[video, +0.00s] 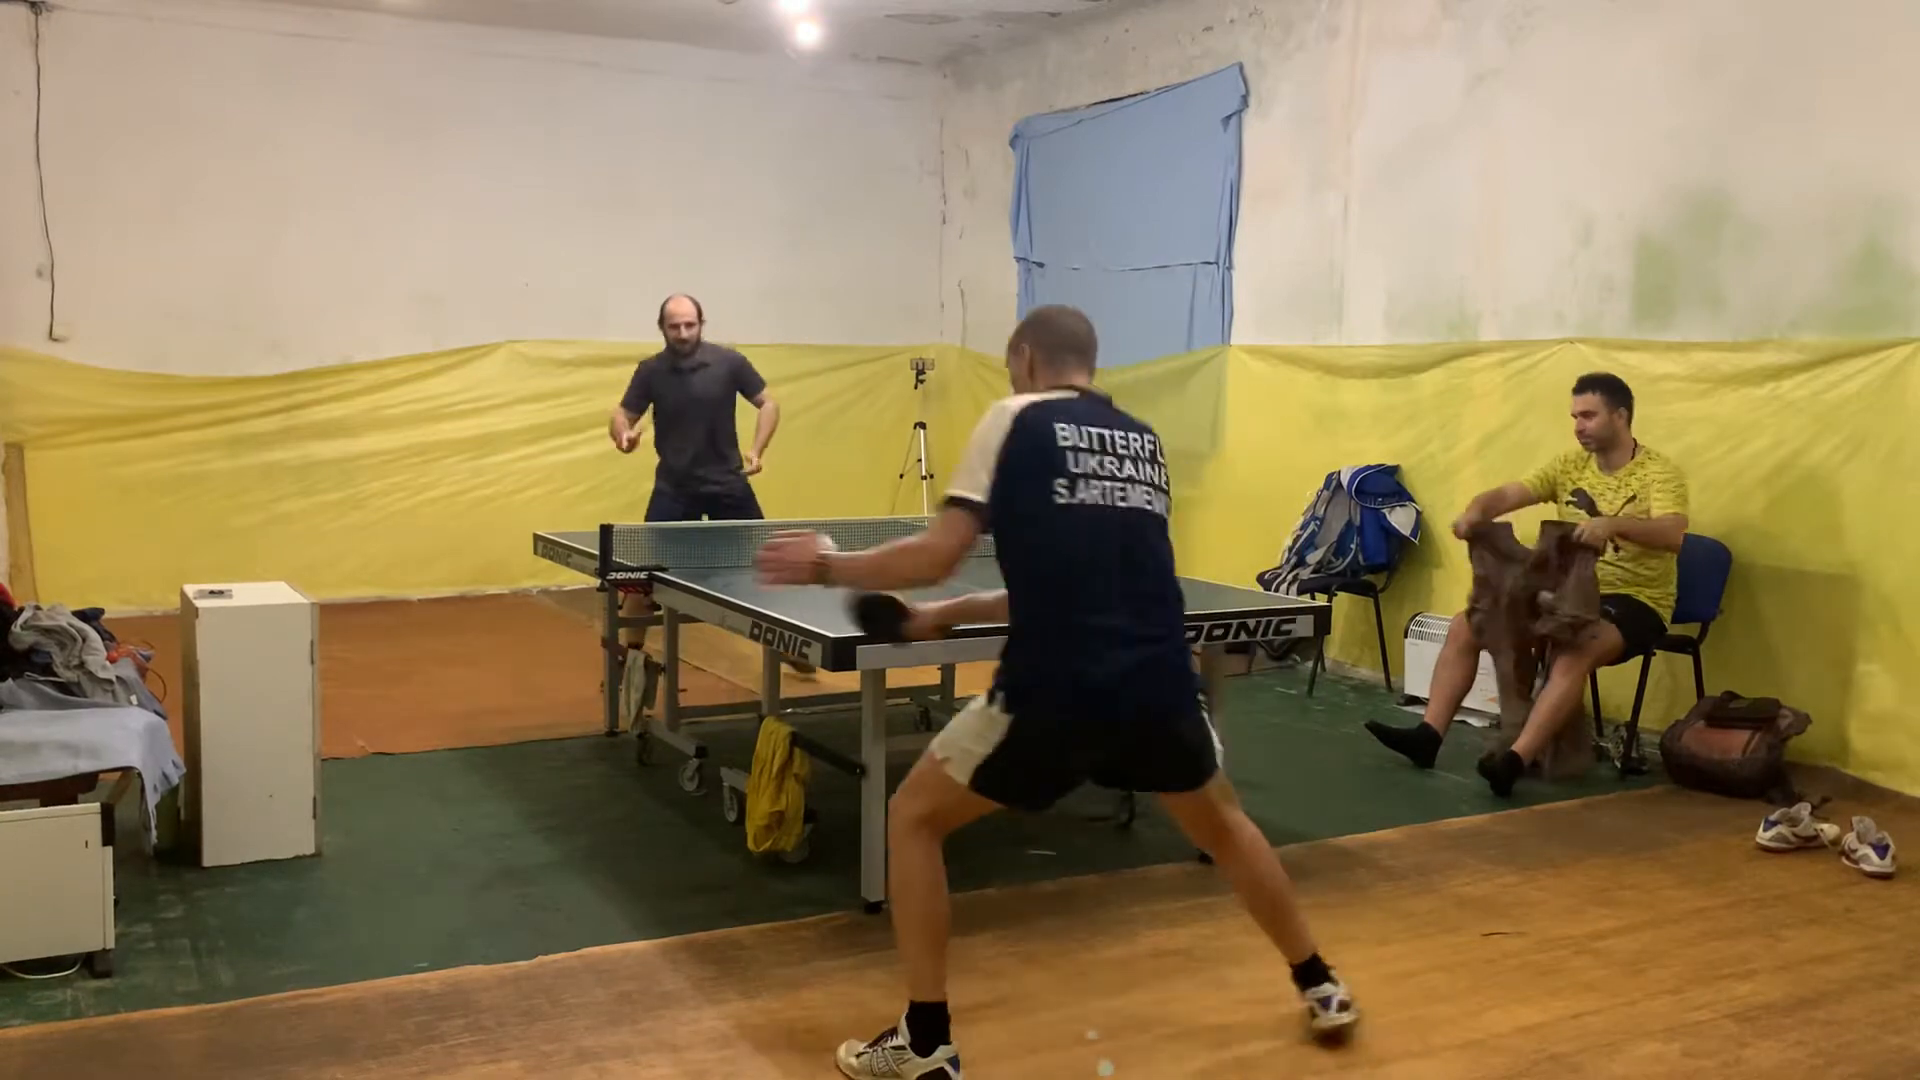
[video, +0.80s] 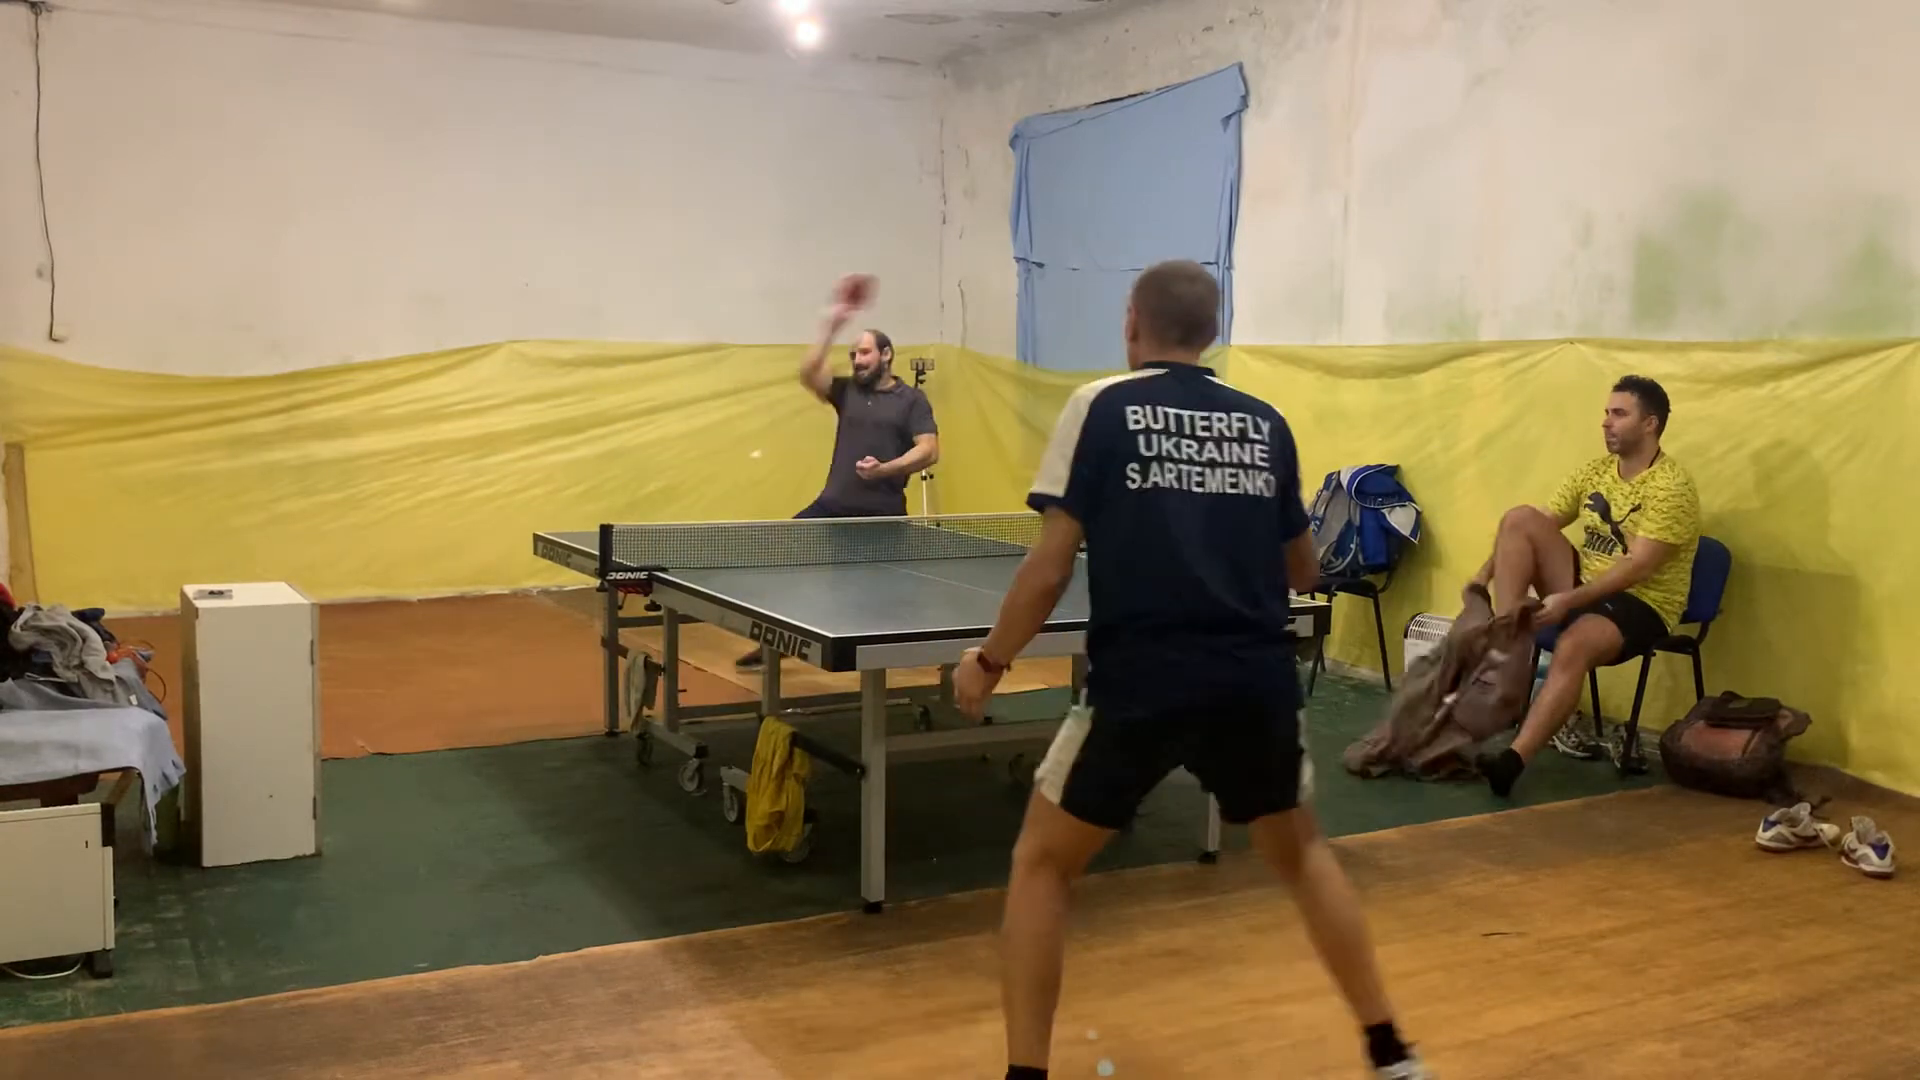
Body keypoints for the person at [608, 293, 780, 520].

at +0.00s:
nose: (682, 334)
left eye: (689, 326)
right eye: (674, 327)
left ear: (701, 324)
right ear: (662, 328)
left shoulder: (729, 363)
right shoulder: (650, 371)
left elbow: (768, 405)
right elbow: (623, 415)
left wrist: (756, 451)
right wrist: (623, 436)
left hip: (726, 485)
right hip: (673, 487)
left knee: (759, 552)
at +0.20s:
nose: (687, 353)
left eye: (693, 344)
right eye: (678, 346)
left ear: (705, 341)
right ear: (667, 348)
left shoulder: (734, 370)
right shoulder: (669, 391)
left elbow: (770, 411)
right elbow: (656, 437)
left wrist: (734, 448)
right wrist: (644, 462)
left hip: (761, 481)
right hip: (713, 485)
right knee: (683, 550)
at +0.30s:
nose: (698, 373)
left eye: (704, 364)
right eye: (689, 366)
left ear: (716, 361)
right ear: (679, 369)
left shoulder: (741, 388)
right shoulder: (690, 409)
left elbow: (742, 423)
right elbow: (691, 461)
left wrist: (692, 451)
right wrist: (678, 495)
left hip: (781, 500)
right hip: (734, 499)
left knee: (787, 580)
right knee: (690, 564)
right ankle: (700, 657)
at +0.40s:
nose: (712, 397)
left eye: (718, 388)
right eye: (704, 391)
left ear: (733, 385)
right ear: (697, 392)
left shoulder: (754, 411)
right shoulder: (719, 422)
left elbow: (738, 450)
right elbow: (739, 472)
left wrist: (690, 479)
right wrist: (743, 513)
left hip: (800, 518)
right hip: (755, 518)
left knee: (822, 586)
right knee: (697, 572)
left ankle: (848, 655)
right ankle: (701, 660)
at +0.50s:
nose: (738, 410)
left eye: (744, 400)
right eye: (731, 403)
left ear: (762, 395)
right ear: (725, 404)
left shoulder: (779, 423)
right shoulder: (763, 427)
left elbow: (798, 469)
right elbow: (785, 478)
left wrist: (768, 513)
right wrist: (770, 514)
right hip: (800, 525)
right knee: (722, 567)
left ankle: (704, 659)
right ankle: (704, 658)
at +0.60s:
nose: (778, 398)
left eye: (784, 389)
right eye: (774, 390)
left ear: (807, 384)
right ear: (772, 391)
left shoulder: (837, 415)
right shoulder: (799, 422)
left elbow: (879, 462)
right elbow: (816, 475)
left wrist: (848, 502)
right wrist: (808, 515)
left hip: (856, 525)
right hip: (814, 522)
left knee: (867, 597)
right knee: (754, 575)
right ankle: (711, 656)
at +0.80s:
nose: (857, 358)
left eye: (864, 351)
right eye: (853, 353)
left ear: (886, 355)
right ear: (851, 358)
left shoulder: (912, 399)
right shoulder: (845, 391)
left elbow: (928, 450)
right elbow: (810, 374)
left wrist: (886, 468)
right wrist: (834, 323)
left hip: (882, 515)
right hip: (830, 509)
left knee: (905, 587)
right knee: (778, 557)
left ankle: (948, 662)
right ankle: (772, 643)